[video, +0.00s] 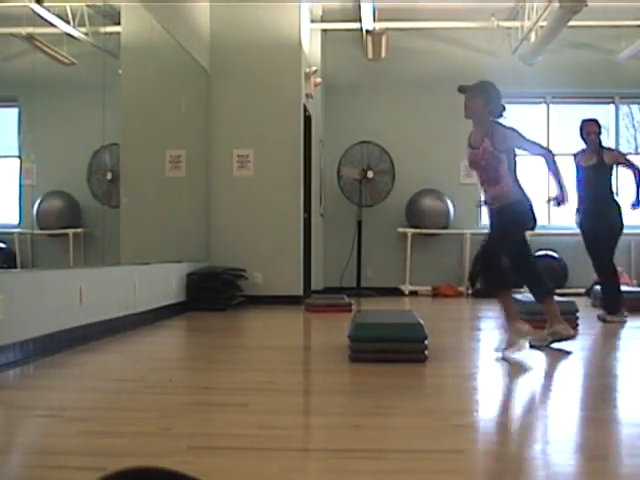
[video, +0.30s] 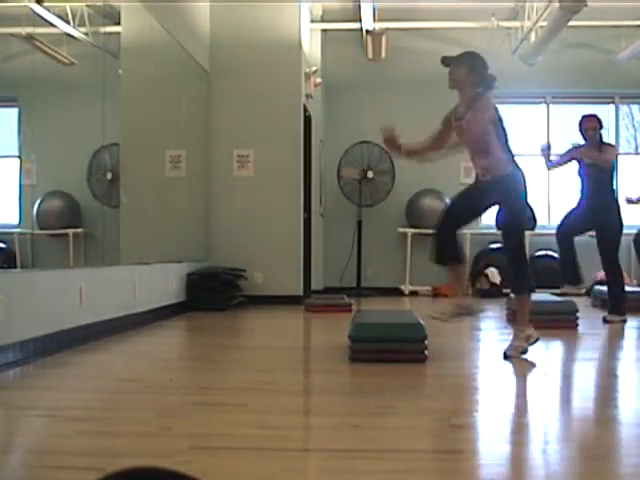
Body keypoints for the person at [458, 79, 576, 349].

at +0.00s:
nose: (464, 103)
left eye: (470, 99)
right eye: (465, 99)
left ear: (485, 103)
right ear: (474, 104)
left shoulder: (501, 133)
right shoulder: (473, 137)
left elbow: (546, 153)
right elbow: (488, 167)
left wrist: (560, 187)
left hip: (514, 209)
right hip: (497, 211)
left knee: (487, 263)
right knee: (526, 266)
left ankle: (515, 325)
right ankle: (558, 323)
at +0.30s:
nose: (449, 73)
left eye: (455, 69)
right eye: (450, 69)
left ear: (472, 75)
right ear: (460, 77)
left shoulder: (483, 103)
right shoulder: (456, 114)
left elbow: (471, 141)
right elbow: (435, 145)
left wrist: (428, 152)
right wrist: (401, 149)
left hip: (508, 182)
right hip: (482, 185)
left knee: (515, 252)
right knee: (446, 224)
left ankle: (523, 329)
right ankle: (461, 299)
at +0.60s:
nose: (410, 65)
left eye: (416, 61)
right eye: (411, 61)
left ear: (434, 64)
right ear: (422, 67)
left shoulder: (453, 90)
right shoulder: (417, 102)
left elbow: (431, 111)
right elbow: (385, 127)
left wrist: (392, 114)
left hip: (470, 172)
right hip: (441, 174)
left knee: (479, 244)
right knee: (406, 225)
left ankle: (500, 319)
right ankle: (402, 301)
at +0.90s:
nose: (383, 68)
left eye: (387, 62)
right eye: (383, 63)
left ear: (403, 62)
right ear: (399, 64)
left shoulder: (437, 86)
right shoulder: (398, 100)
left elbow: (485, 92)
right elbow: (421, 130)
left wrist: (517, 117)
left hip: (453, 167)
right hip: (423, 168)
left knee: (419, 214)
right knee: (392, 223)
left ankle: (425, 289)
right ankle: (401, 297)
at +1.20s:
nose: (408, 65)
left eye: (411, 58)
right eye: (408, 59)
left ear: (427, 55)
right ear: (423, 57)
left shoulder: (455, 79)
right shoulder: (425, 97)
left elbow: (453, 112)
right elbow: (399, 131)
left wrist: (424, 130)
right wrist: (362, 140)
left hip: (479, 161)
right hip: (451, 166)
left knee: (487, 227)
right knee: (425, 223)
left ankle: (516, 298)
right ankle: (404, 299)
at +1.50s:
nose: (458, 108)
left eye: (460, 101)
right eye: (456, 102)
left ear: (474, 98)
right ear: (474, 100)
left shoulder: (495, 120)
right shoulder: (482, 128)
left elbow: (456, 122)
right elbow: (454, 142)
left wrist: (424, 104)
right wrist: (427, 114)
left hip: (531, 201)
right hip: (510, 204)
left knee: (549, 265)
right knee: (462, 239)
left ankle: (574, 335)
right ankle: (415, 296)